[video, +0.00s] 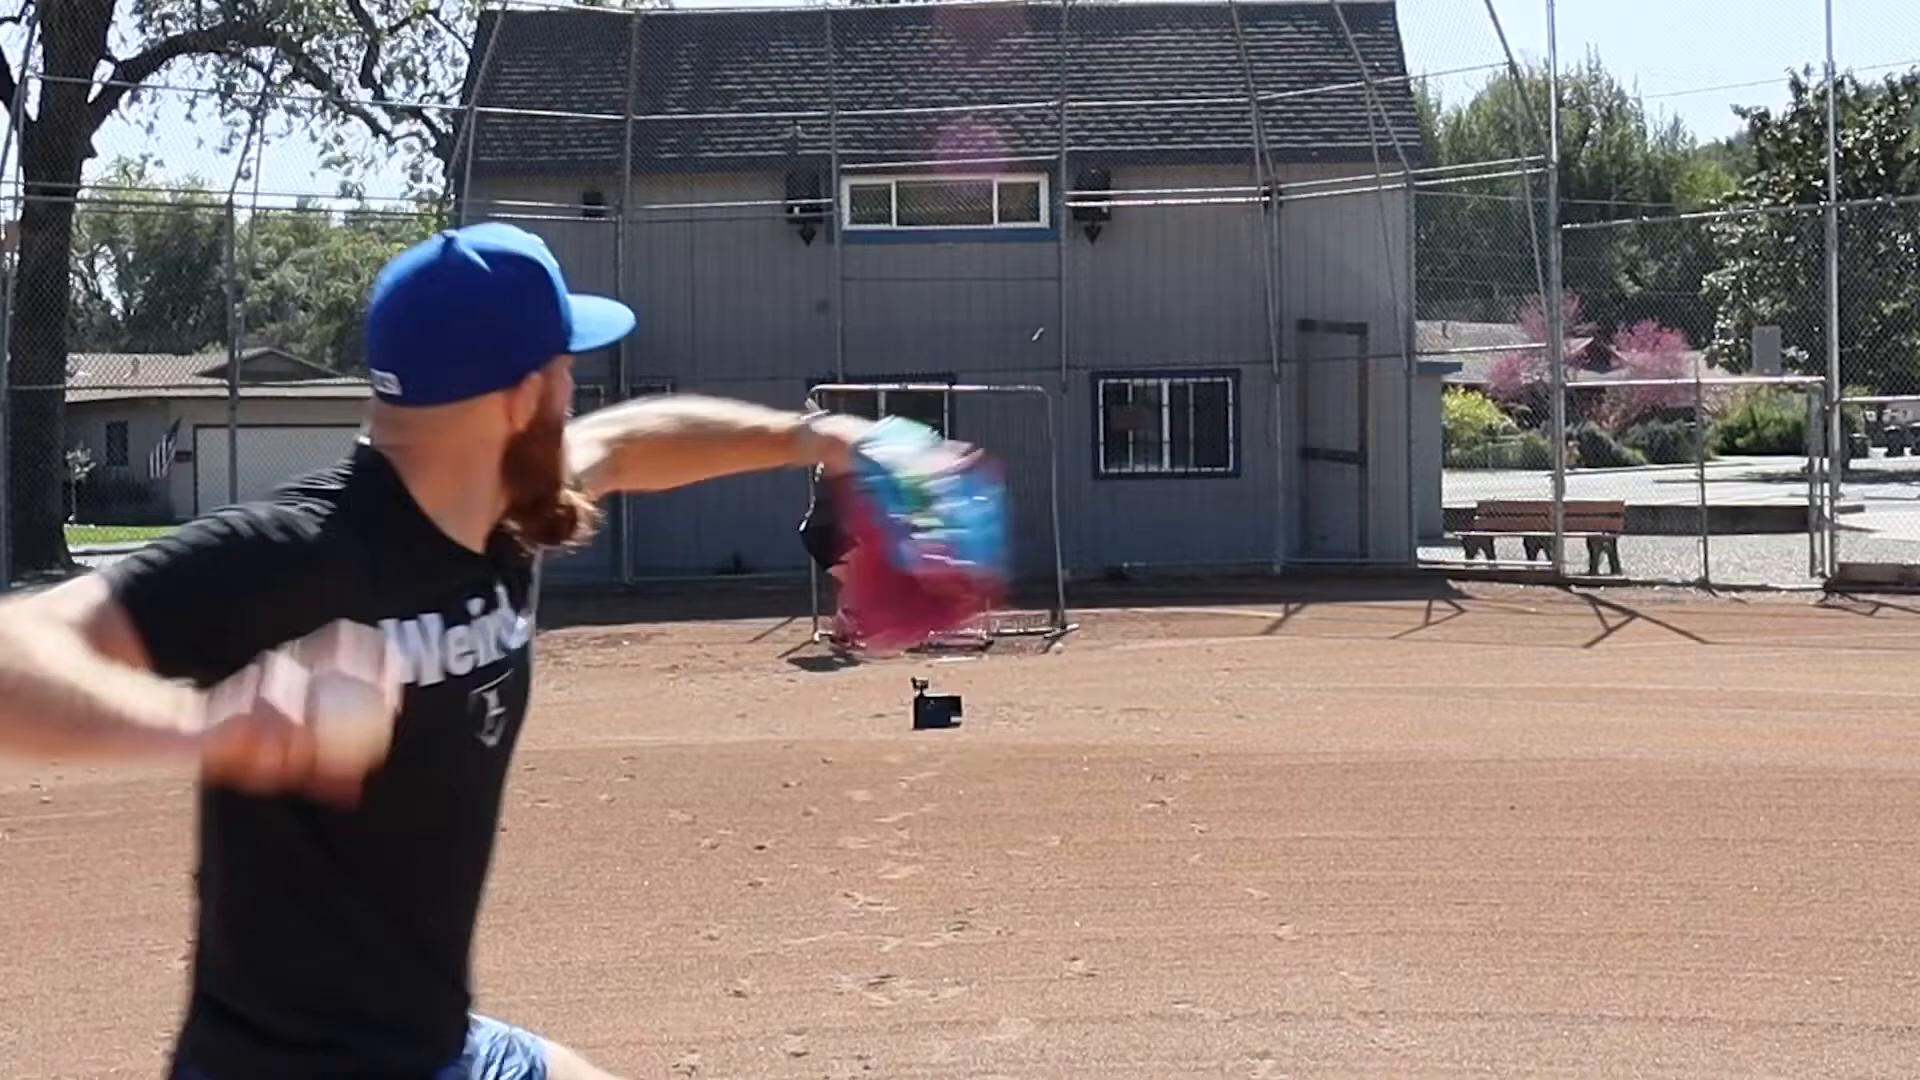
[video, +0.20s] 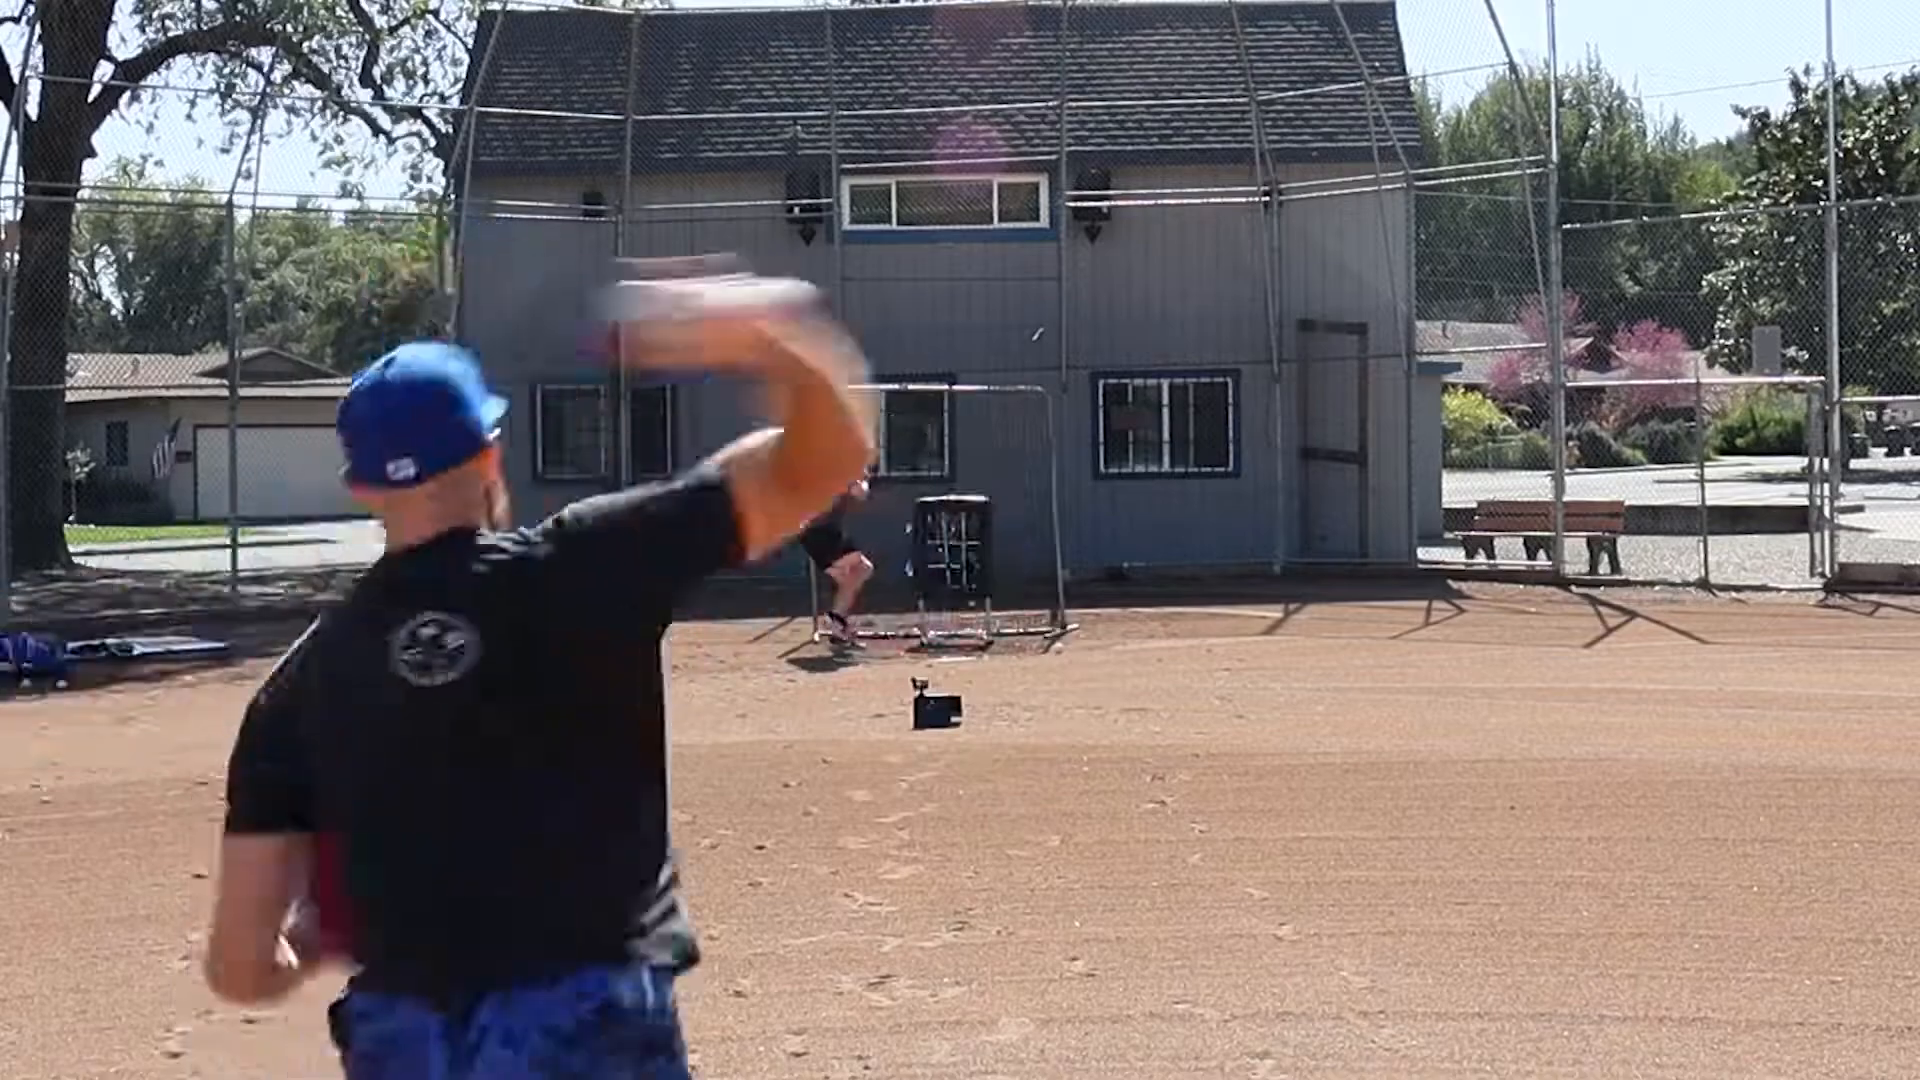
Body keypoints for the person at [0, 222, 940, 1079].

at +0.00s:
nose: (573, 389)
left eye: (570, 367)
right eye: (567, 366)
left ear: (465, 395)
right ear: (521, 392)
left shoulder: (492, 520)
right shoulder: (293, 550)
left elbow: (636, 442)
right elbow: (17, 651)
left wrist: (821, 438)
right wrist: (202, 725)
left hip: (443, 1046)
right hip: (269, 1070)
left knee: (605, 1071)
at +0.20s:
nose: (500, 457)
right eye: (496, 441)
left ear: (364, 490)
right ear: (490, 458)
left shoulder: (301, 686)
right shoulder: (591, 562)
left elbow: (238, 973)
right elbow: (829, 453)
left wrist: (305, 940)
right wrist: (783, 339)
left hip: (401, 1038)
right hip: (592, 1022)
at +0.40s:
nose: (291, 600)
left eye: (287, 585)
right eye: (289, 586)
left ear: (295, 578)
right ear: (400, 538)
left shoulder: (325, 617)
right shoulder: (492, 572)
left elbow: (363, 731)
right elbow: (423, 889)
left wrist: (277, 903)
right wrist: (281, 1024)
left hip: (555, 810)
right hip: (717, 757)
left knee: (571, 1059)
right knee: (809, 1059)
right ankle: (852, 1020)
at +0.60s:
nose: (225, 579)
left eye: (226, 560)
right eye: (232, 561)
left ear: (253, 546)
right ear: (348, 517)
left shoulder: (286, 585)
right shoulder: (436, 576)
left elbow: (354, 642)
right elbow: (449, 885)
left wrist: (339, 793)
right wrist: (352, 1049)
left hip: (572, 817)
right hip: (695, 704)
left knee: (582, 1068)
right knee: (1077, 949)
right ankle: (1234, 621)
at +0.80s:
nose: (178, 485)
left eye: (174, 467)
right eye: (188, 465)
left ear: (191, 464)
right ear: (300, 437)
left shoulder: (234, 543)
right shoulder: (374, 490)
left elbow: (334, 680)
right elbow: (515, 622)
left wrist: (354, 920)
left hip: (608, 800)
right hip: (716, 672)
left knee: (595, 1062)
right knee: (960, 831)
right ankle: (1263, 861)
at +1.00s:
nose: (209, 351)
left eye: (204, 332)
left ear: (210, 341)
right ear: (338, 311)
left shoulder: (263, 449)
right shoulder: (424, 380)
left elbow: (350, 675)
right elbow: (511, 569)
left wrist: (302, 911)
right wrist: (501, 781)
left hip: (604, 794)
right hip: (731, 685)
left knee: (599, 1059)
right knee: (745, 859)